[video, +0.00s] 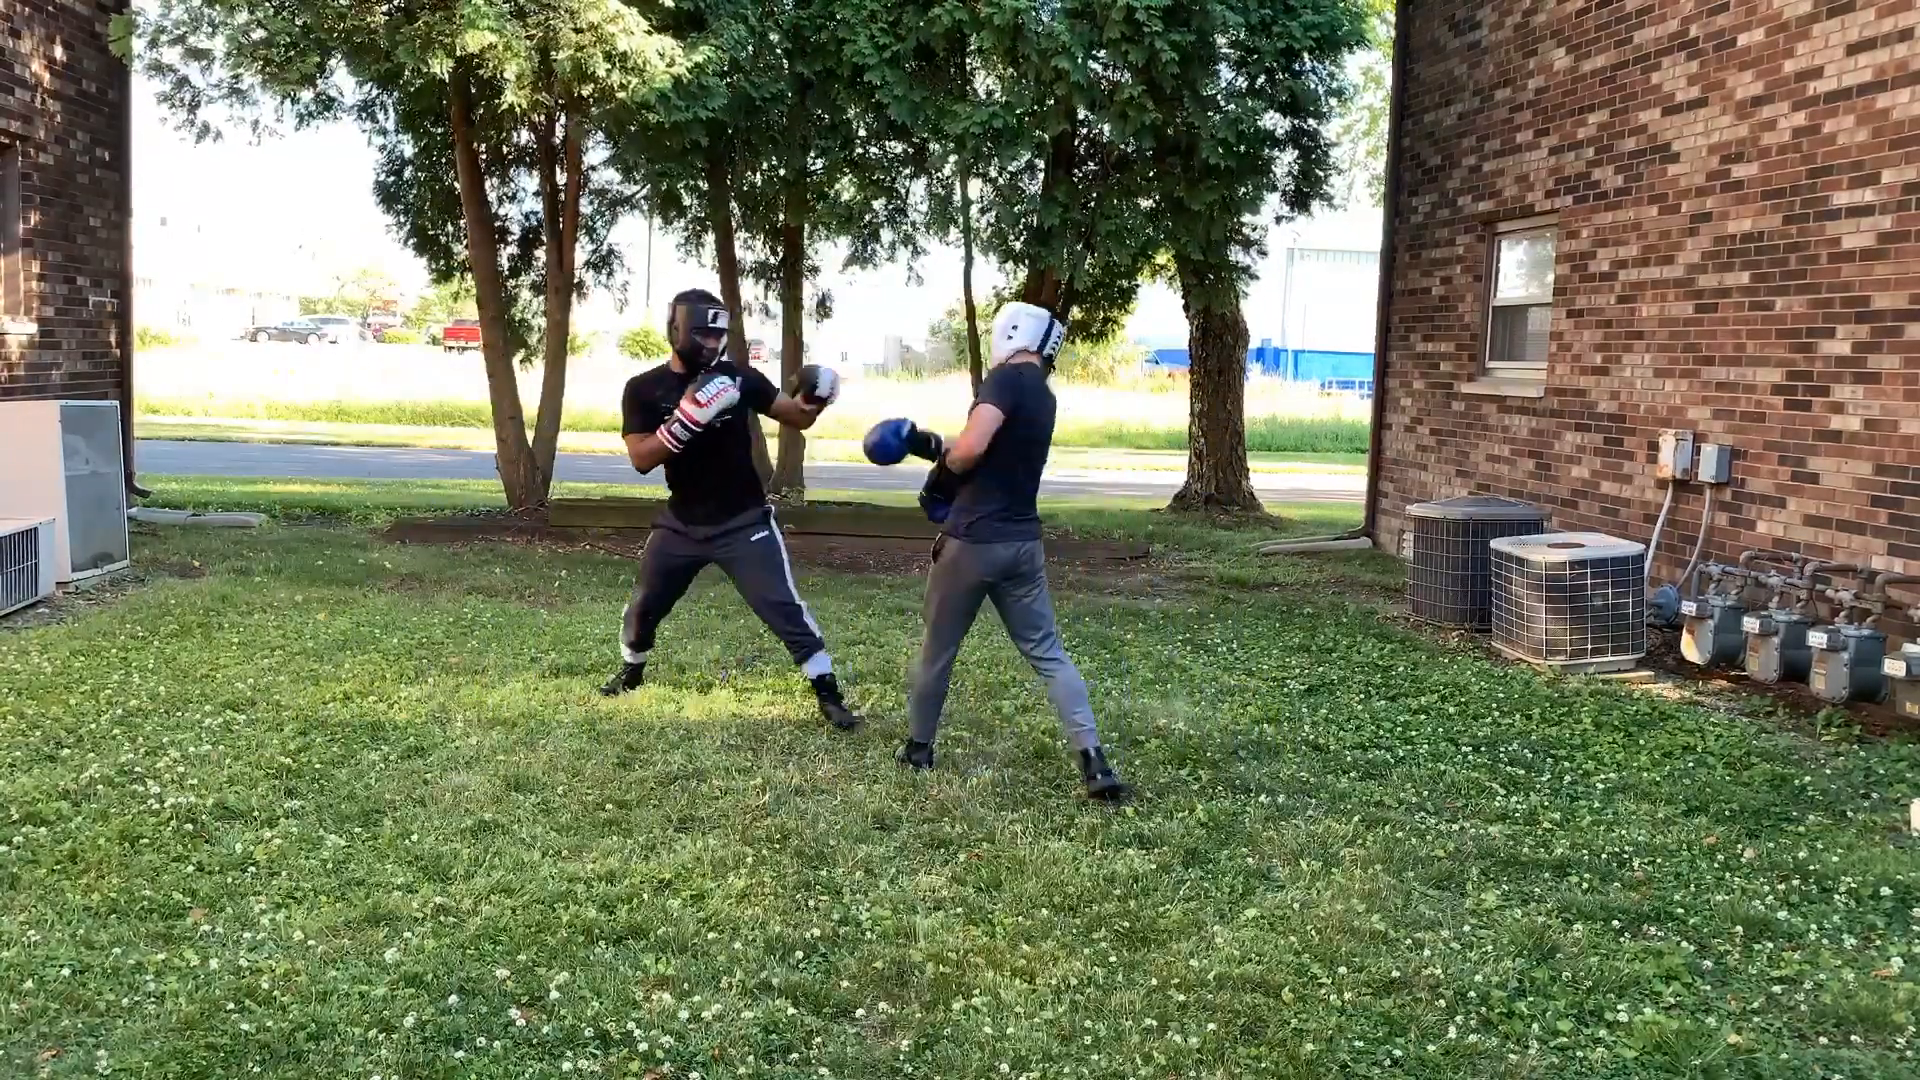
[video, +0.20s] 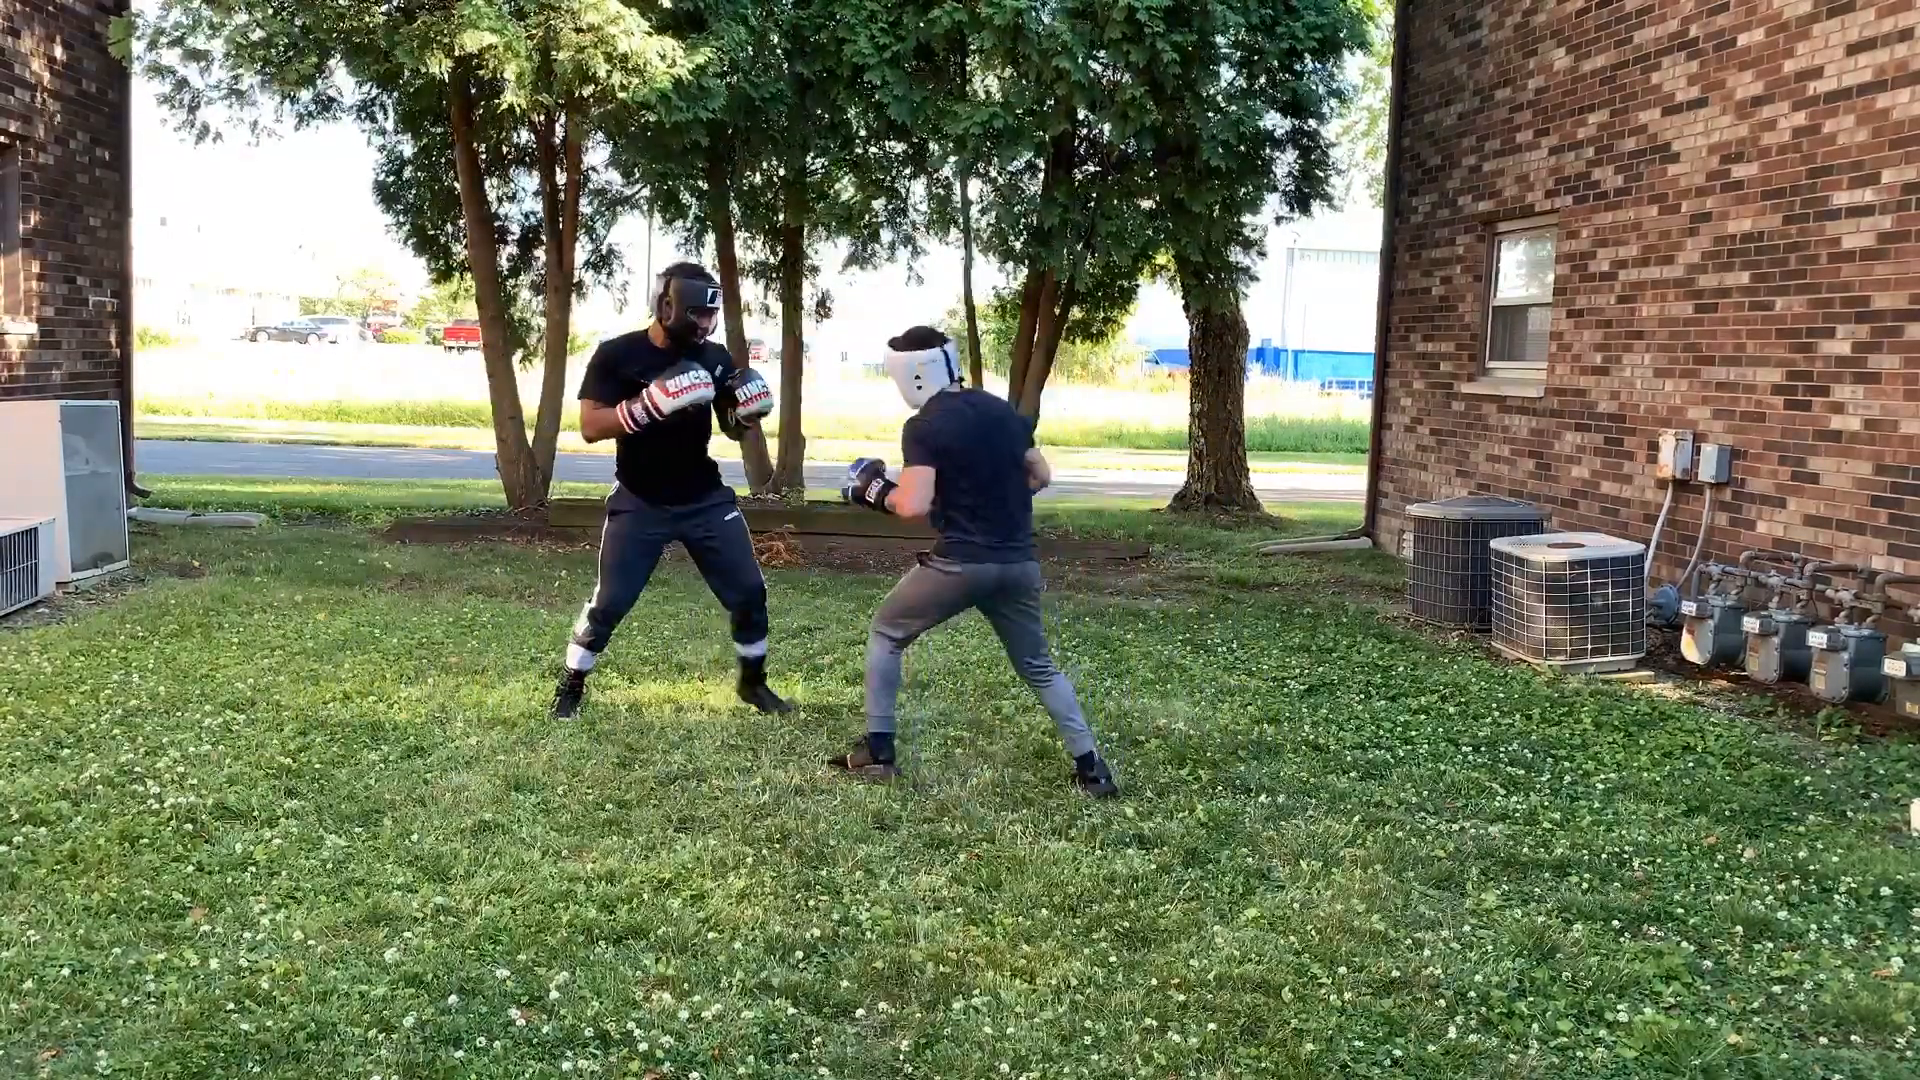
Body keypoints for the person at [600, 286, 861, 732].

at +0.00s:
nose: (713, 343)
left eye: (719, 334)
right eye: (702, 333)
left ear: (725, 334)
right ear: (674, 331)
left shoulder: (739, 377)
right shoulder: (643, 390)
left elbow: (796, 416)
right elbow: (640, 458)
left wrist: (815, 399)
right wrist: (684, 420)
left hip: (745, 521)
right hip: (682, 524)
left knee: (780, 604)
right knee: (644, 604)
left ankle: (829, 695)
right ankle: (631, 670)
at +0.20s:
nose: (710, 323)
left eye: (713, 312)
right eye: (701, 312)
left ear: (712, 310)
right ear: (669, 308)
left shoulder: (713, 357)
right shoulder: (615, 356)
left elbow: (735, 429)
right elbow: (591, 427)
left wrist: (749, 407)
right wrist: (648, 403)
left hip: (705, 498)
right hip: (639, 502)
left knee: (749, 592)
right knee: (611, 602)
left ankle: (753, 683)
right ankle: (571, 685)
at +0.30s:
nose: (719, 334)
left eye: (723, 324)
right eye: (710, 323)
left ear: (726, 321)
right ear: (678, 317)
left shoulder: (724, 365)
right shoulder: (630, 361)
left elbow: (748, 422)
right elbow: (631, 430)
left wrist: (754, 454)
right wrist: (695, 402)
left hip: (714, 513)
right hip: (647, 513)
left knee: (753, 611)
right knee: (609, 608)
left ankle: (793, 703)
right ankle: (574, 687)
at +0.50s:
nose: (639, 355)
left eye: (648, 345)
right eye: (629, 345)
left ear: (665, 340)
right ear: (615, 345)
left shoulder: (707, 367)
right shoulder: (611, 397)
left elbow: (761, 381)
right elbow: (613, 475)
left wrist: (802, 388)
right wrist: (649, 456)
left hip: (724, 521)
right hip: (665, 523)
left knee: (744, 624)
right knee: (611, 615)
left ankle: (797, 695)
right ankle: (581, 692)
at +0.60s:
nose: (641, 366)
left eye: (647, 355)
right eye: (629, 359)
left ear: (658, 344)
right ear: (611, 357)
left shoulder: (692, 369)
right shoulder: (605, 404)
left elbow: (761, 385)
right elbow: (608, 478)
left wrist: (784, 399)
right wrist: (633, 467)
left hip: (731, 519)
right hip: (673, 523)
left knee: (744, 618)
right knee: (620, 615)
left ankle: (795, 698)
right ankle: (582, 691)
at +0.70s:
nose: (634, 376)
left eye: (638, 363)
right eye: (621, 369)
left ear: (648, 355)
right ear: (602, 372)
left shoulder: (685, 379)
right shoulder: (604, 421)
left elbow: (755, 417)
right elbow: (637, 485)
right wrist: (658, 479)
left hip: (729, 522)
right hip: (676, 526)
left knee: (758, 623)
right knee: (627, 612)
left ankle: (803, 703)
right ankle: (585, 692)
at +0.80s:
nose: (627, 389)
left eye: (632, 377)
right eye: (615, 383)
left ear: (644, 368)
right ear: (599, 385)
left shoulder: (685, 399)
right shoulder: (608, 421)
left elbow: (724, 469)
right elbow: (633, 481)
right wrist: (656, 495)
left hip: (738, 500)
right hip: (689, 510)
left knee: (764, 622)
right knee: (637, 610)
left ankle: (804, 704)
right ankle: (587, 693)